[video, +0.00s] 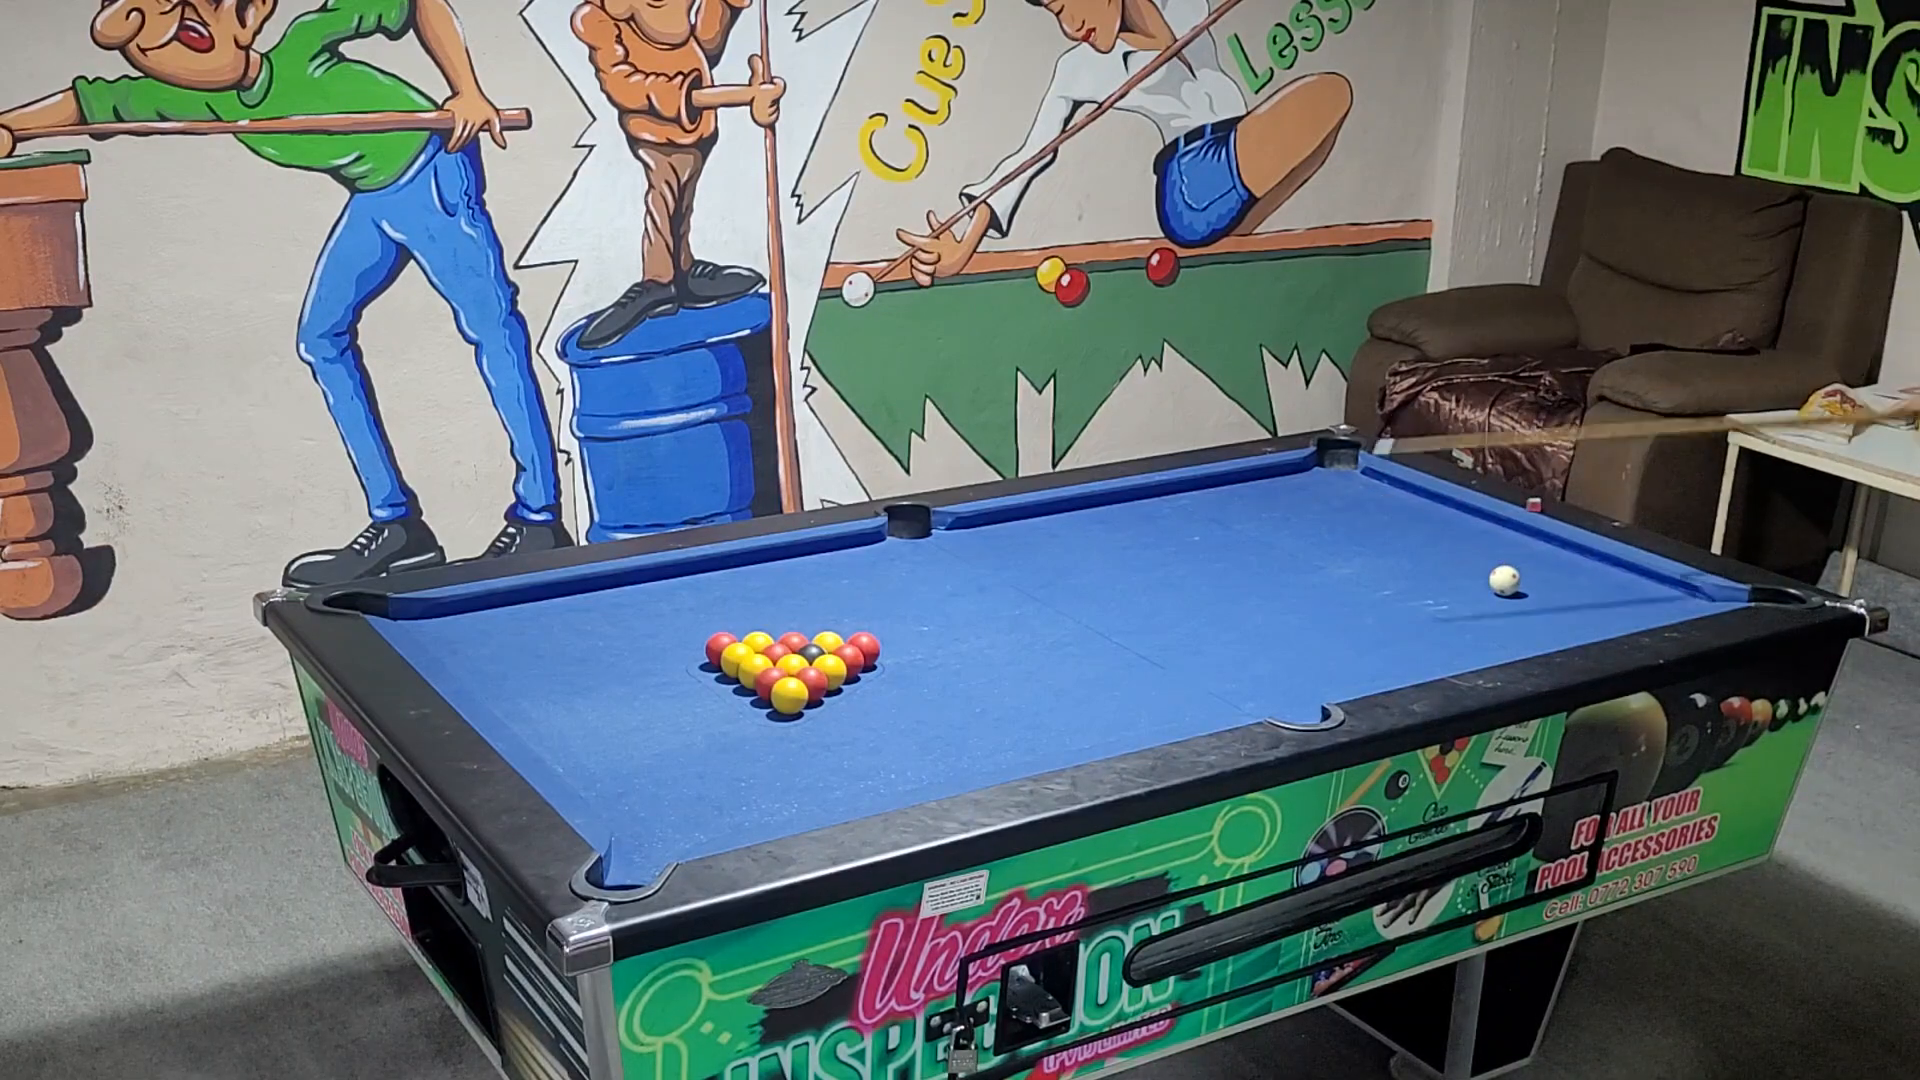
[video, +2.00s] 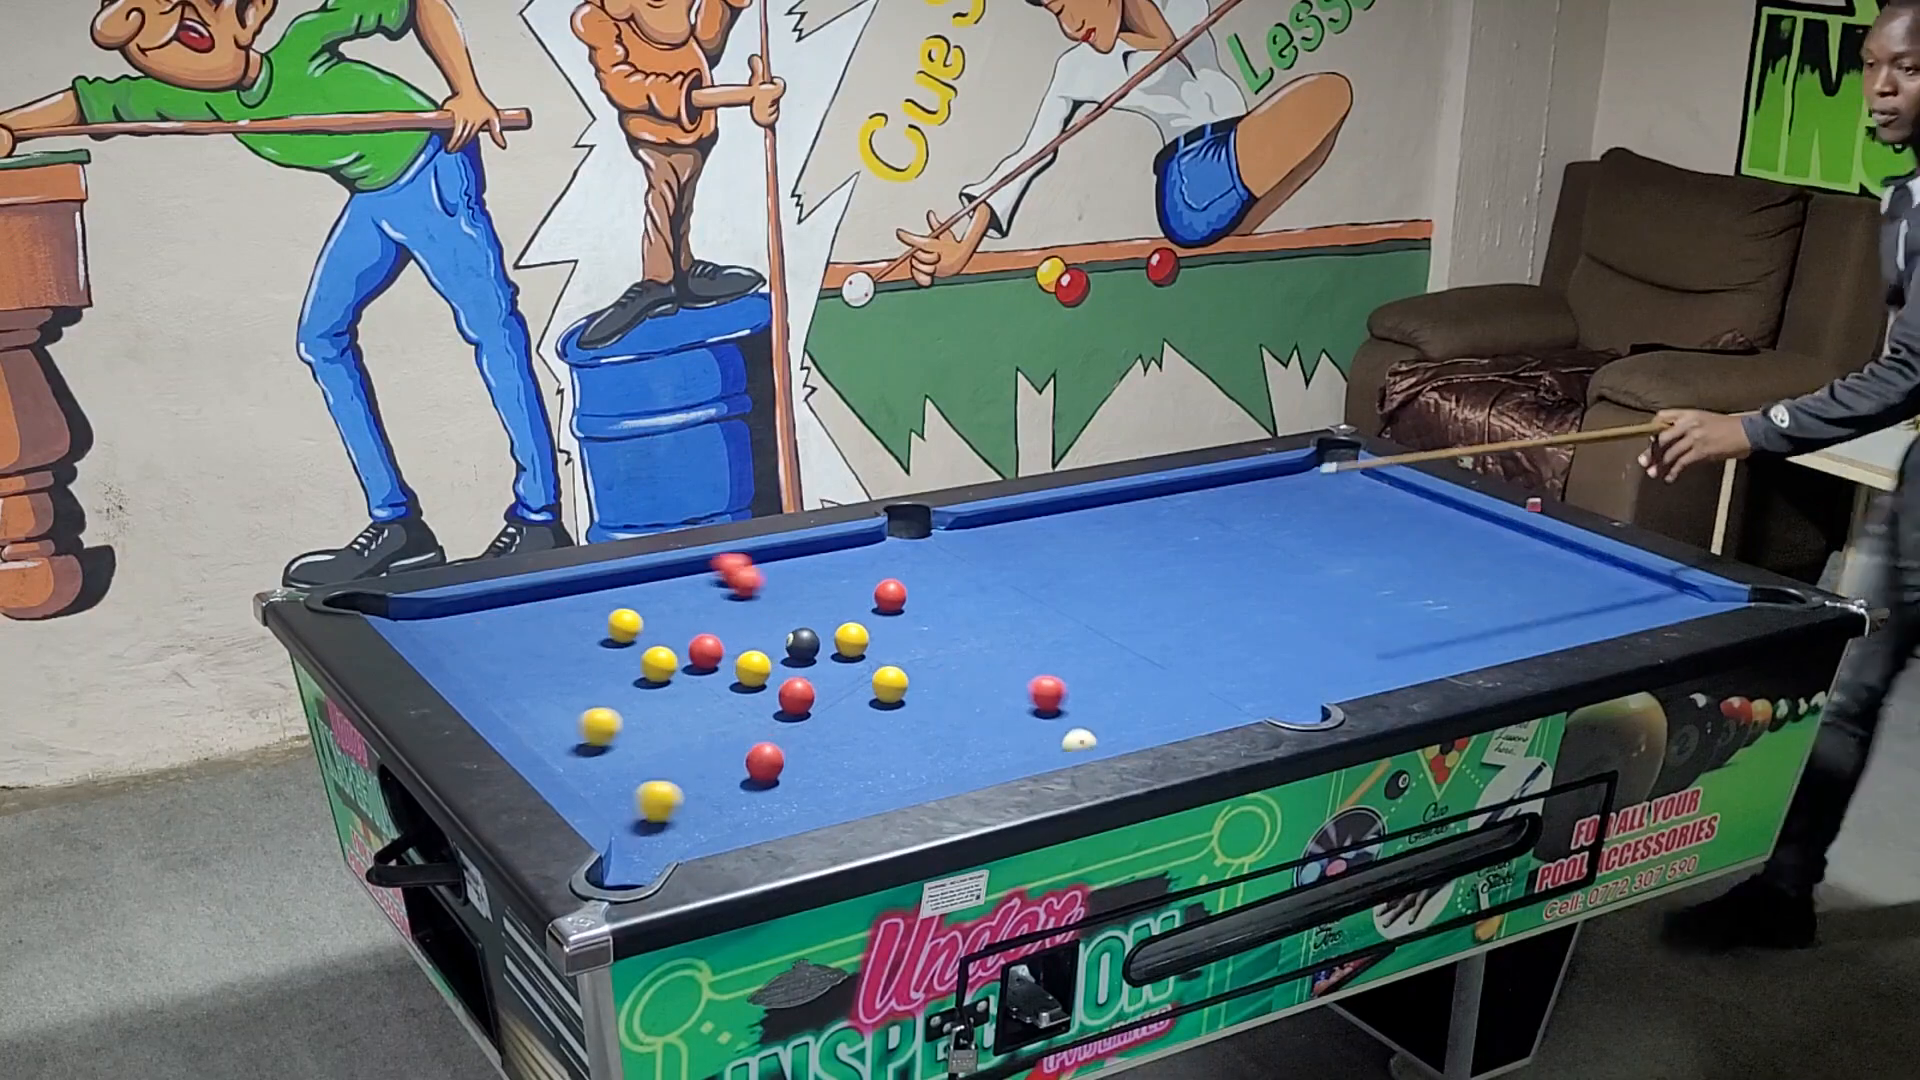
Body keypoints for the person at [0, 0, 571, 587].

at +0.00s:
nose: (207, 53)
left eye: (200, 39)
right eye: (190, 54)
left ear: (224, 20)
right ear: (183, 74)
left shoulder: (300, 37)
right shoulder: (213, 99)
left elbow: (418, 4)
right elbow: (90, 101)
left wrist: (467, 87)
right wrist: (9, 124)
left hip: (426, 166)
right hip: (369, 199)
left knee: (492, 330)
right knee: (322, 338)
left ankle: (541, 517)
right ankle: (397, 523)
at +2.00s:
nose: (207, 57)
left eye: (200, 42)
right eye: (191, 56)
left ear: (228, 22)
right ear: (185, 74)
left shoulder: (300, 37)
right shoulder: (213, 98)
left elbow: (419, 4)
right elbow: (90, 101)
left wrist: (467, 87)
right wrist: (9, 124)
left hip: (426, 165)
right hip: (369, 199)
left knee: (492, 329)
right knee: (322, 337)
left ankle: (540, 516)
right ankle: (397, 522)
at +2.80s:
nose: (208, 58)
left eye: (201, 43)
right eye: (191, 58)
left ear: (228, 22)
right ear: (185, 75)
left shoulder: (300, 37)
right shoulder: (213, 98)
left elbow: (419, 4)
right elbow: (90, 101)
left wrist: (467, 87)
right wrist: (9, 124)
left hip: (426, 165)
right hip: (369, 198)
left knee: (492, 328)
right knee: (322, 337)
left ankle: (541, 516)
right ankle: (397, 522)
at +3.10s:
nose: (209, 58)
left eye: (201, 43)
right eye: (191, 58)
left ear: (228, 22)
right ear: (185, 75)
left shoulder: (300, 37)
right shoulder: (213, 98)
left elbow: (419, 4)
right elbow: (90, 101)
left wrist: (467, 87)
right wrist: (9, 124)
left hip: (426, 165)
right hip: (369, 199)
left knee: (492, 329)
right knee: (322, 337)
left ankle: (540, 516)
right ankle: (397, 522)